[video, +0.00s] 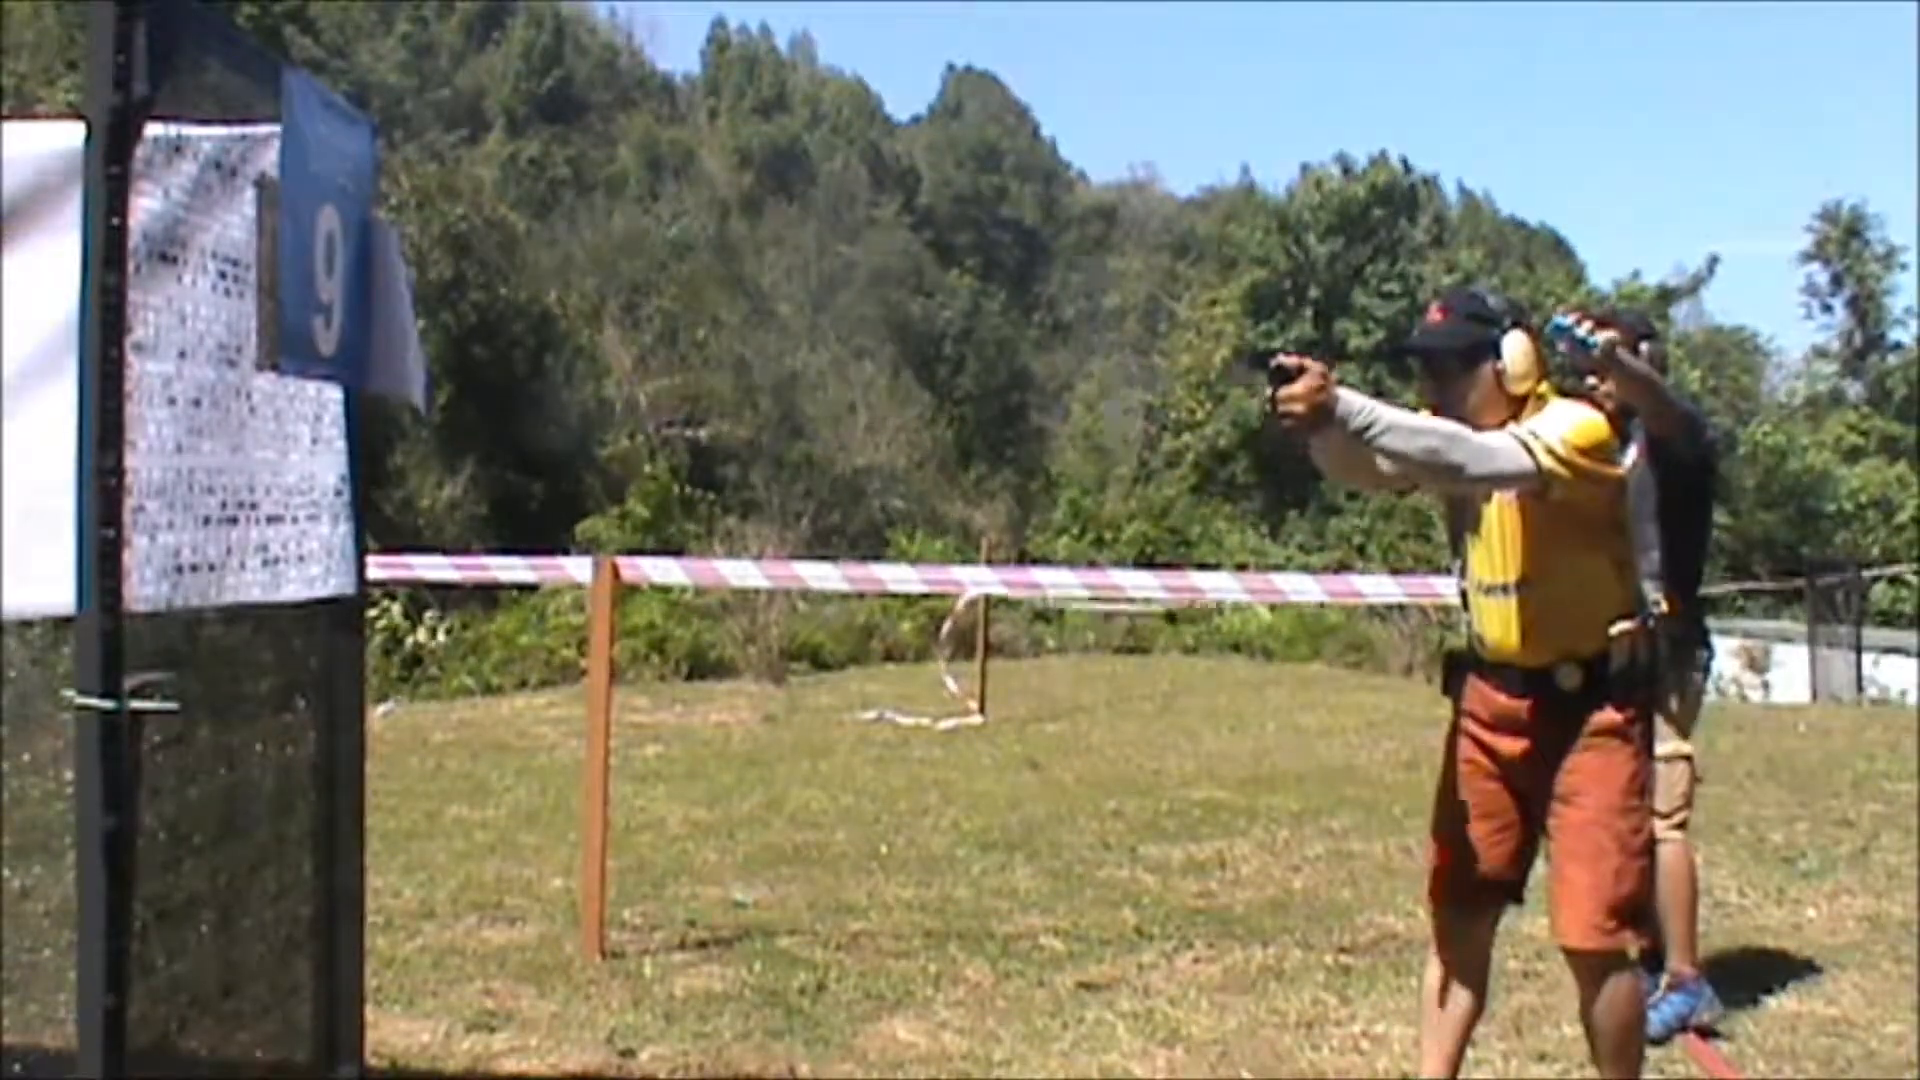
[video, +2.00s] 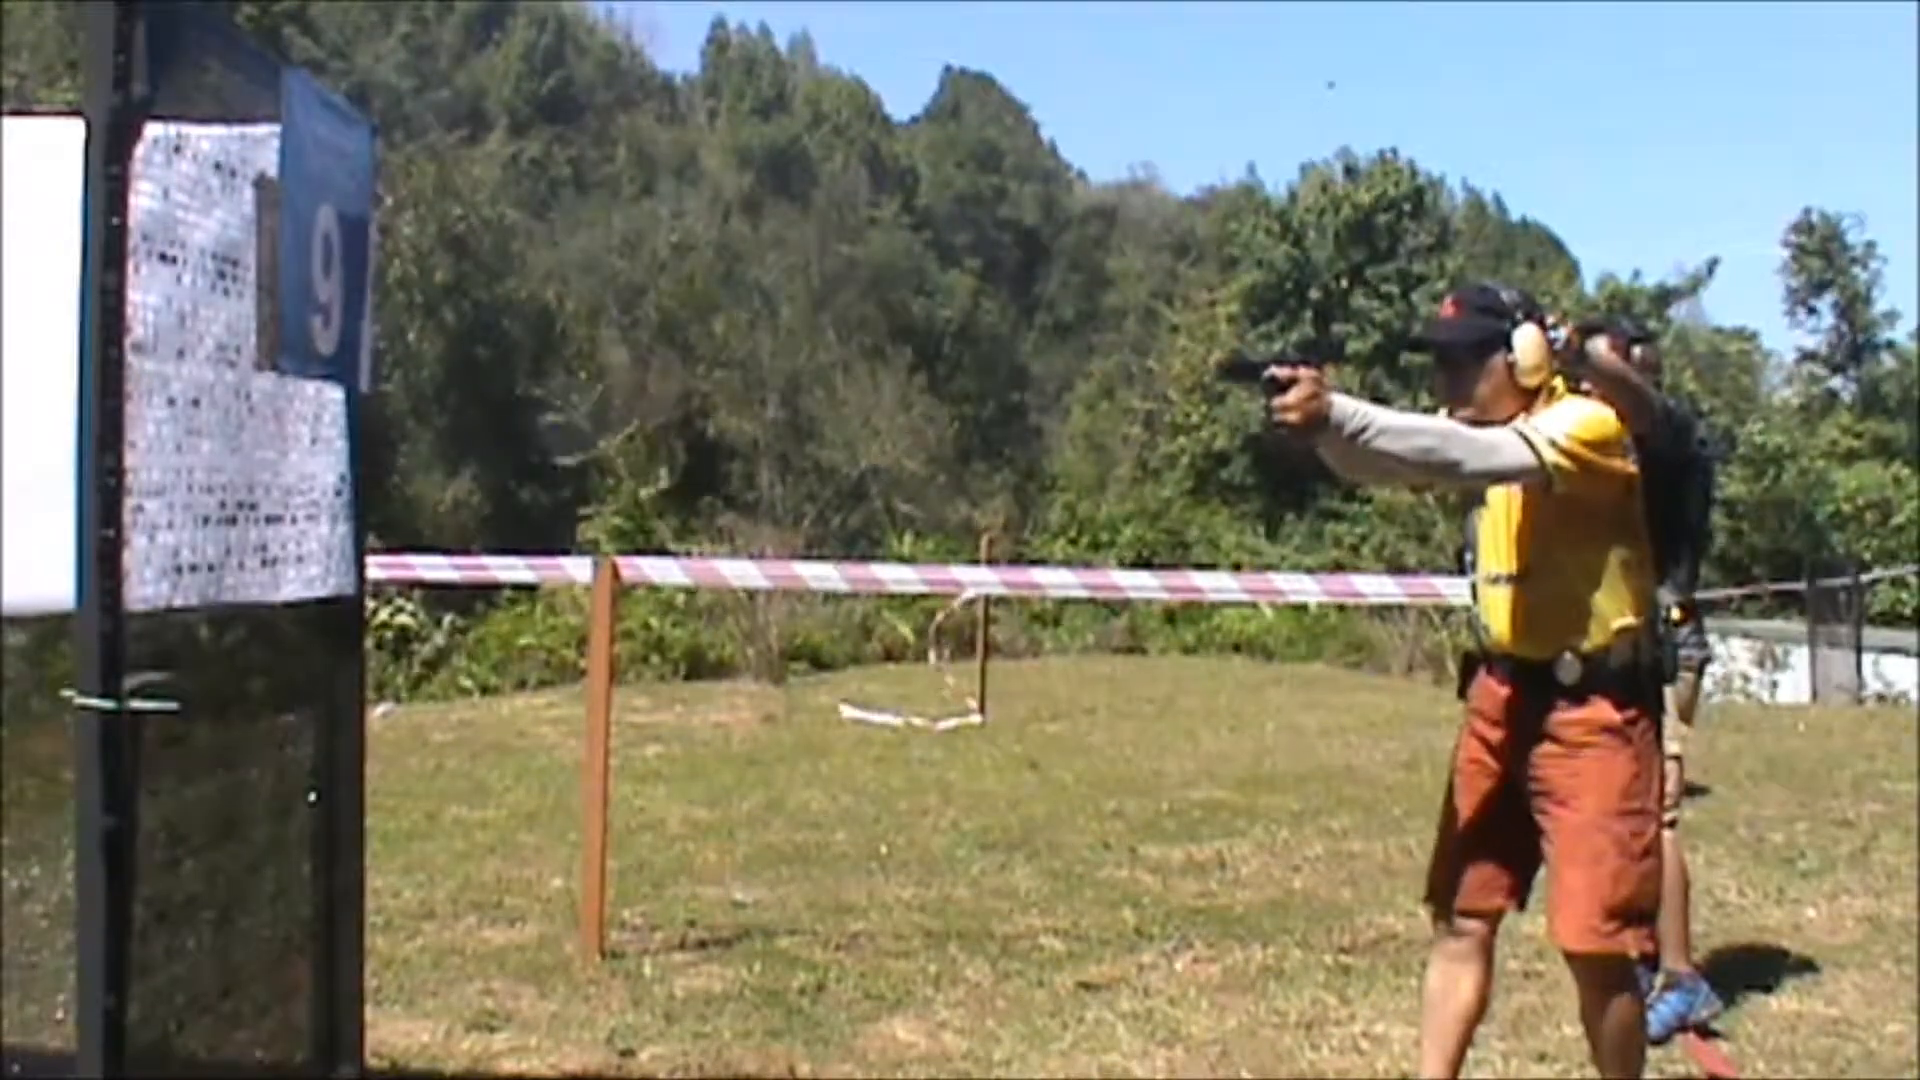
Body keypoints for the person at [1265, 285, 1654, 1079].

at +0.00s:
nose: (1433, 391)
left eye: (1447, 371)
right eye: (1427, 372)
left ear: (1501, 365)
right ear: (1431, 370)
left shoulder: (1581, 429)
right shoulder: (1461, 446)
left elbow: (1478, 460)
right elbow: (1376, 470)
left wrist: (1343, 405)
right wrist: (1314, 423)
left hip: (1597, 703)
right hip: (1494, 697)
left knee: (1594, 933)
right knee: (1462, 904)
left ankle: (1622, 1072)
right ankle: (1435, 1070)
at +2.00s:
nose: (1449, 392)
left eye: (1462, 371)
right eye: (1443, 373)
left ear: (1513, 360)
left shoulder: (1589, 425)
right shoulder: (1490, 435)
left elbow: (1472, 453)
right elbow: (1400, 467)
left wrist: (1338, 410)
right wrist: (1319, 427)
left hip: (1598, 709)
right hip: (1502, 698)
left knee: (1595, 942)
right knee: (1463, 917)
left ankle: (1623, 1072)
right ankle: (1433, 1072)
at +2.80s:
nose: (1411, 417)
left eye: (1423, 405)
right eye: (1413, 404)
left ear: (1469, 421)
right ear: (1457, 423)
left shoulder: (1549, 486)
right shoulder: (1420, 481)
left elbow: (1455, 576)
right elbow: (1322, 565)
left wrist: (1321, 516)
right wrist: (1291, 508)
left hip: (1557, 751)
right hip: (1457, 734)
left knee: (1562, 962)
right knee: (1355, 896)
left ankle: (1609, 1073)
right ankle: (1355, 1066)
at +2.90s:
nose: (1389, 469)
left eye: (1402, 461)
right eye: (1394, 457)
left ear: (1441, 475)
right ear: (1423, 468)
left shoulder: (1523, 526)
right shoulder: (1394, 515)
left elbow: (1420, 618)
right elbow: (1297, 605)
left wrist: (1277, 570)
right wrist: (1247, 581)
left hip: (1535, 773)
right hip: (1433, 757)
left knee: (1548, 972)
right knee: (1311, 901)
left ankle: (1606, 1073)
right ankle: (1294, 1062)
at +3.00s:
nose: (1296, 509)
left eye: (1304, 495)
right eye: (1297, 495)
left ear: (1343, 502)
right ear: (1322, 507)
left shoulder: (1426, 544)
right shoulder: (1315, 564)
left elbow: (1422, 644)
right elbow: (1244, 633)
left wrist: (1314, 680)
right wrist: (1162, 620)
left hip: (1473, 796)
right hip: (1374, 785)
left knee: (1501, 990)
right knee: (1244, 904)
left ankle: (1590, 1072)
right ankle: (1201, 1064)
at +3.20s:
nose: (1035, 484)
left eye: (1046, 470)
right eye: (1037, 472)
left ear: (1081, 475)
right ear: (1082, 480)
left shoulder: (1119, 515)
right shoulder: (1097, 562)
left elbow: (1203, 560)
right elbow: (1053, 659)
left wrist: (1222, 683)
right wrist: (952, 623)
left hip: (1285, 761)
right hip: (1213, 779)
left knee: (1393, 954)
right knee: (1116, 901)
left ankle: (1529, 1070)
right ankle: (1173, 1067)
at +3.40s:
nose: (793, 475)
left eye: (800, 460)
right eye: (793, 464)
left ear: (832, 464)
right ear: (824, 482)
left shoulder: (878, 483)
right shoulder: (855, 575)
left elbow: (957, 470)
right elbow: (792, 646)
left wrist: (897, 569)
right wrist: (693, 602)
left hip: (1033, 703)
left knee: (899, 894)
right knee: (1033, 917)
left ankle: (1065, 1007)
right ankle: (1143, 1050)